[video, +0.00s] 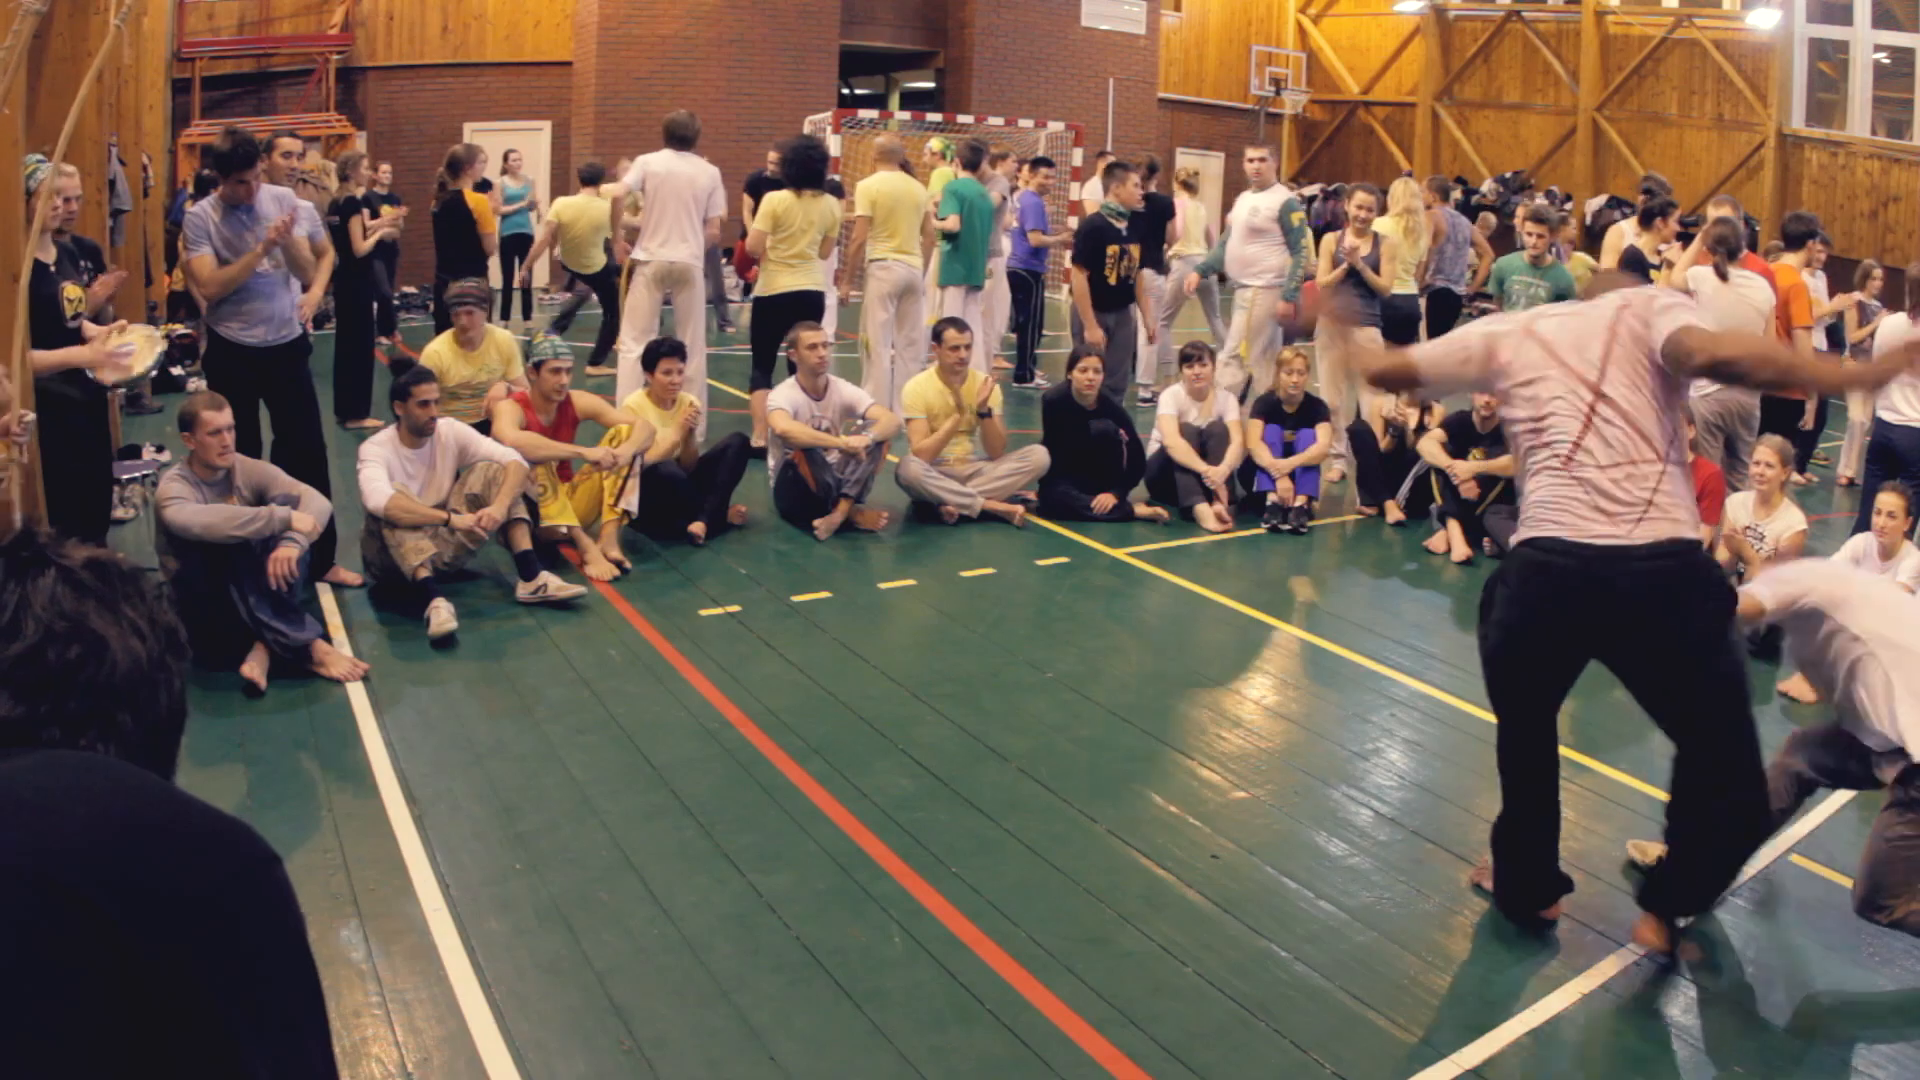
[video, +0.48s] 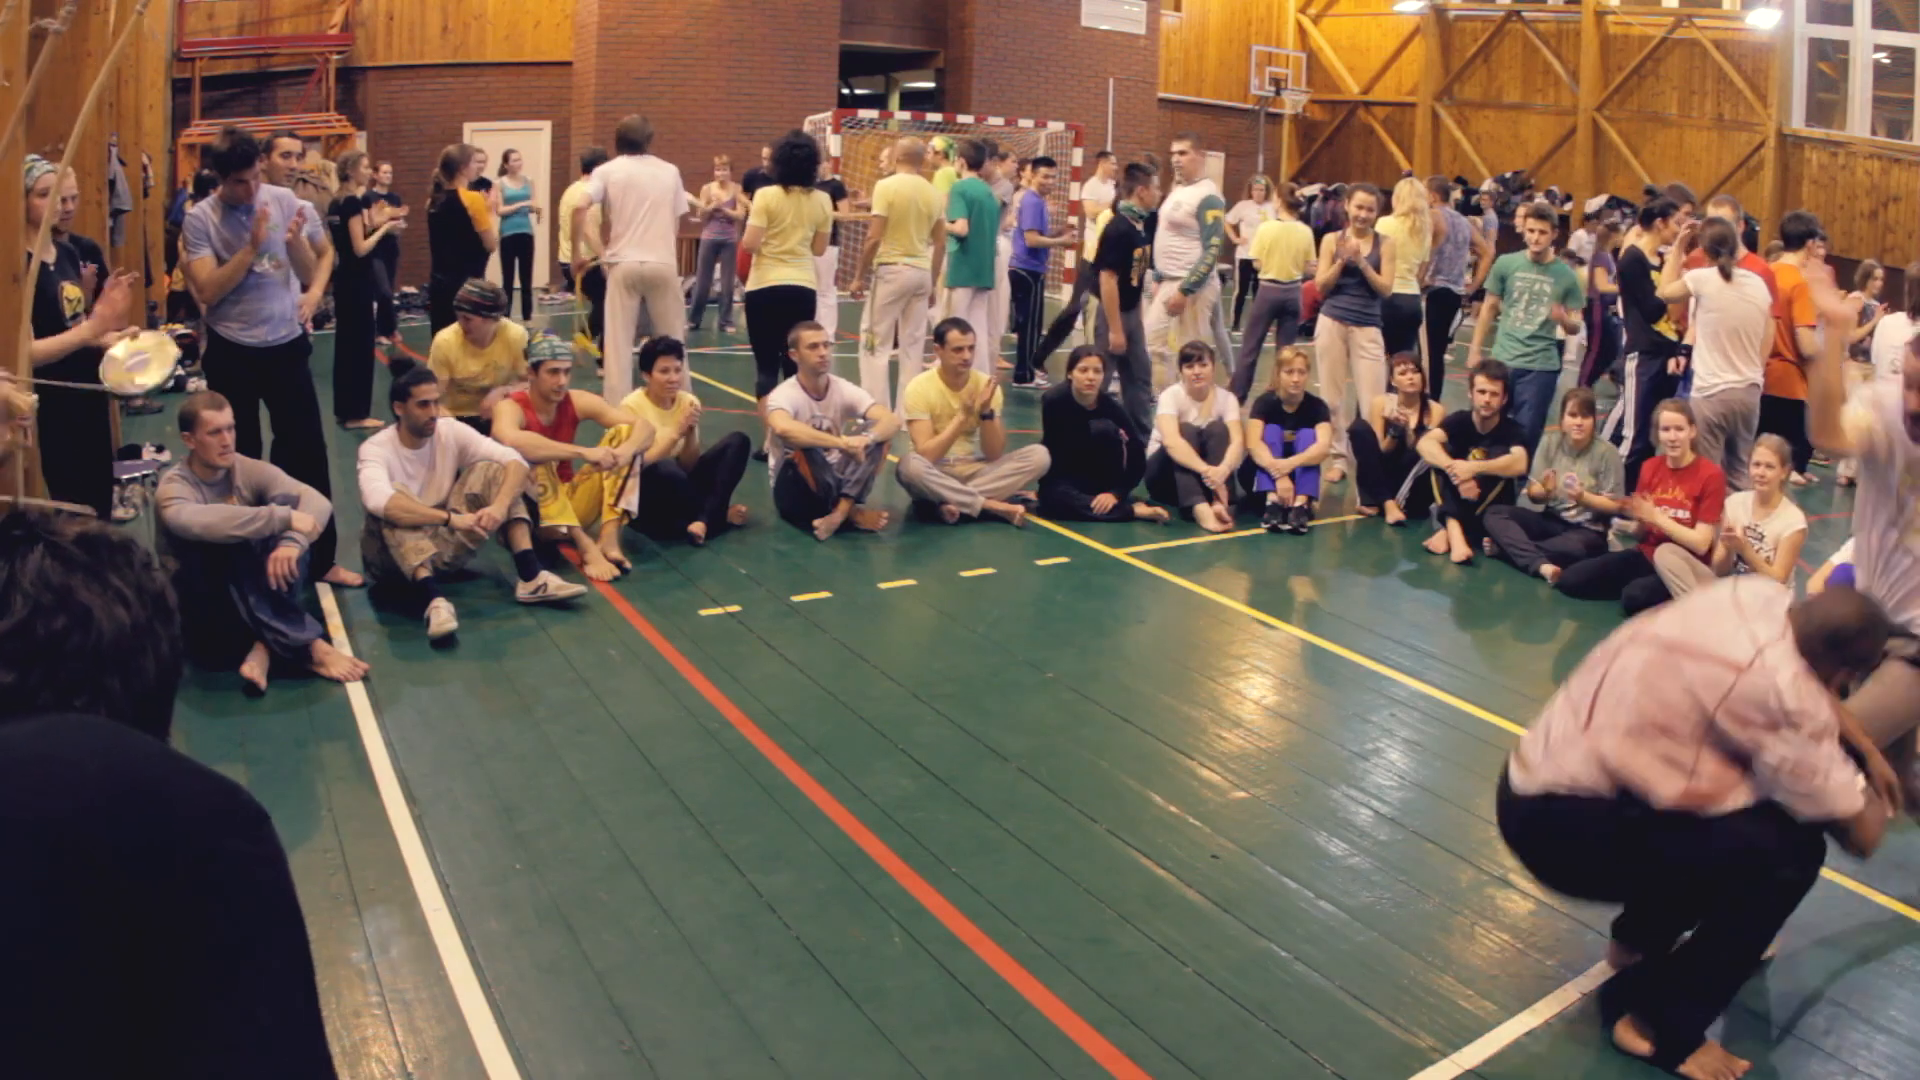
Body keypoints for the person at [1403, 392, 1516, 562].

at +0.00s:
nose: (1487, 399)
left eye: (1493, 394)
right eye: (1481, 393)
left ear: (1501, 400)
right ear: (1471, 395)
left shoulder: (1508, 427)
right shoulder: (1461, 419)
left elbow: (1517, 463)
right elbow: (1425, 444)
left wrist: (1473, 467)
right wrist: (1459, 474)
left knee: (1502, 460)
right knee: (1438, 459)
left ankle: (1448, 529)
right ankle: (1454, 529)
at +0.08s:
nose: (1487, 400)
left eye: (1494, 394)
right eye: (1481, 392)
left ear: (1504, 399)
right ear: (1471, 394)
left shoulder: (1512, 429)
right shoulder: (1460, 420)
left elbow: (1520, 464)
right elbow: (1425, 444)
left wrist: (1474, 468)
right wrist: (1457, 474)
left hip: (1495, 505)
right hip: (1457, 499)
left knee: (1501, 455)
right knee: (1439, 461)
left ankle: (1448, 528)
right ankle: (1454, 528)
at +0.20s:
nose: (1486, 400)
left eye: (1494, 394)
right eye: (1481, 392)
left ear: (1504, 399)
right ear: (1471, 393)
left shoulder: (1511, 428)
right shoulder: (1460, 419)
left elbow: (1519, 465)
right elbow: (1425, 444)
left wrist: (1473, 467)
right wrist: (1459, 474)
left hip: (1493, 509)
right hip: (1455, 503)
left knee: (1500, 457)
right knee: (1437, 457)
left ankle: (1449, 529)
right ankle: (1454, 529)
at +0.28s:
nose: (1486, 400)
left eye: (1494, 394)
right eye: (1481, 392)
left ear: (1504, 399)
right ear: (1471, 394)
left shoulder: (1511, 429)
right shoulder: (1459, 420)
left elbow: (1519, 464)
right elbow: (1425, 444)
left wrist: (1474, 467)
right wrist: (1458, 474)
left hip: (1492, 510)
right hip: (1453, 504)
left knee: (1502, 457)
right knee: (1439, 456)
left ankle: (1449, 528)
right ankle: (1454, 529)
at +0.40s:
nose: (1486, 400)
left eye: (1494, 395)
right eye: (1481, 392)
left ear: (1504, 399)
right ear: (1471, 394)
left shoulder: (1511, 429)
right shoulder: (1459, 420)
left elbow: (1519, 464)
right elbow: (1425, 444)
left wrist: (1474, 467)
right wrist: (1458, 474)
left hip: (1492, 510)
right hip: (1453, 504)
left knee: (1503, 458)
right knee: (1440, 458)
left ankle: (1449, 528)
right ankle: (1454, 529)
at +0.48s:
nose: (1486, 400)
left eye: (1494, 394)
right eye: (1481, 392)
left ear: (1504, 399)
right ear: (1471, 393)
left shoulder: (1511, 429)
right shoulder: (1459, 420)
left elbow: (1519, 465)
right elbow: (1424, 444)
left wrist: (1474, 467)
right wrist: (1457, 473)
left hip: (1492, 511)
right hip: (1453, 504)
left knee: (1503, 458)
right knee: (1439, 461)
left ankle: (1449, 529)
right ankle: (1454, 530)